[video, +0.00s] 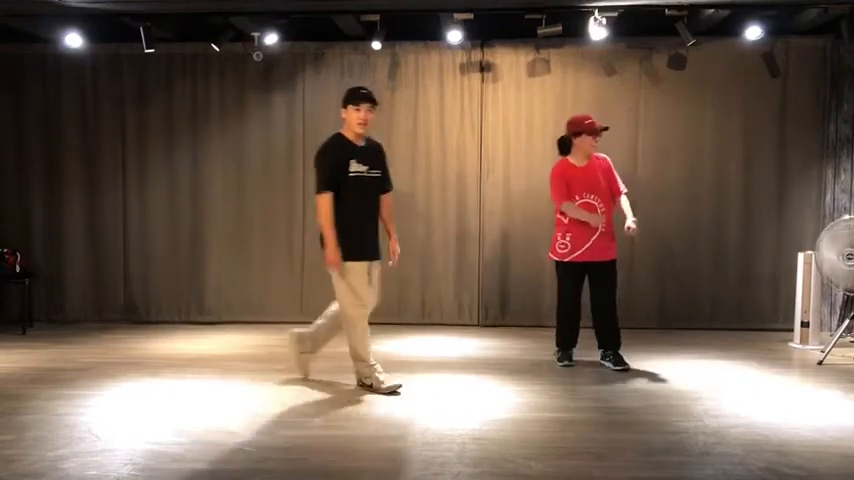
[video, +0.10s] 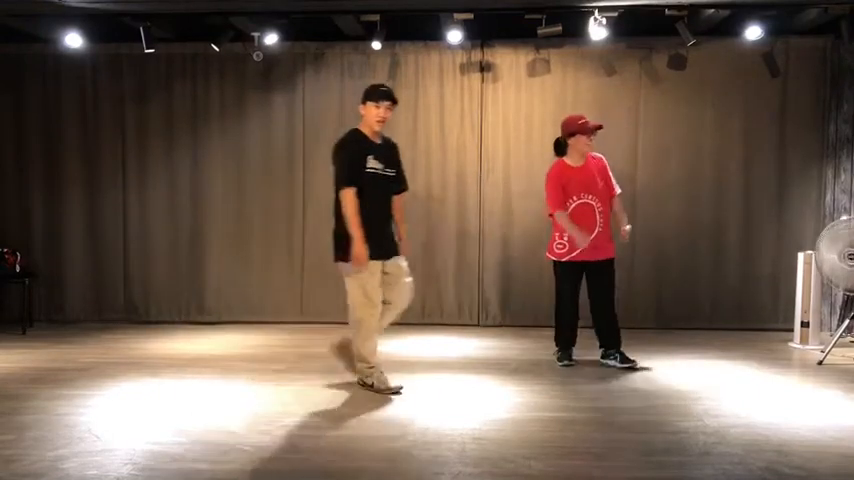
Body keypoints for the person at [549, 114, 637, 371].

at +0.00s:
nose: (597, 139)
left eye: (598, 135)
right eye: (593, 136)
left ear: (593, 139)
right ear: (577, 138)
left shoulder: (604, 163)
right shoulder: (560, 170)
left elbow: (620, 193)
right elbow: (563, 204)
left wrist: (629, 217)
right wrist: (589, 217)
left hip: (602, 248)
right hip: (570, 250)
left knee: (605, 302)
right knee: (568, 302)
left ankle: (609, 351)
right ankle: (565, 349)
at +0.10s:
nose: (591, 139)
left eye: (591, 134)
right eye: (586, 135)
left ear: (587, 138)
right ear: (571, 139)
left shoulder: (599, 163)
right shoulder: (557, 172)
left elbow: (614, 196)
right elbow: (557, 211)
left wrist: (623, 222)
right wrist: (577, 233)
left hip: (600, 248)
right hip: (568, 250)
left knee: (604, 302)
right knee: (566, 303)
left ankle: (611, 350)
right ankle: (564, 349)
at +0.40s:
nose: (592, 137)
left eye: (593, 133)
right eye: (586, 133)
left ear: (592, 137)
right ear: (571, 137)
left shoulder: (602, 163)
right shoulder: (555, 171)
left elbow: (610, 194)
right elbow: (536, 204)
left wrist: (613, 218)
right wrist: (523, 230)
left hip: (600, 245)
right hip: (567, 248)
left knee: (604, 297)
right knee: (566, 301)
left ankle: (603, 341)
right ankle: (564, 347)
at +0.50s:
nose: (592, 137)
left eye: (594, 133)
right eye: (586, 134)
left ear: (596, 137)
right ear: (573, 138)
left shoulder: (606, 164)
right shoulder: (559, 170)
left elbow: (617, 197)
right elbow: (537, 202)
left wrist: (624, 223)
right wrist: (520, 227)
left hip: (602, 249)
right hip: (569, 250)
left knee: (601, 299)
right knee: (567, 302)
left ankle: (601, 341)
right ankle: (564, 347)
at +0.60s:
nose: (594, 137)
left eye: (596, 133)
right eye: (589, 134)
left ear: (600, 137)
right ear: (578, 138)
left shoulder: (612, 166)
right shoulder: (564, 169)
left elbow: (625, 200)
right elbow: (546, 203)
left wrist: (634, 227)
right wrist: (529, 231)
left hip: (604, 248)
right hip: (571, 249)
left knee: (602, 300)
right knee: (569, 301)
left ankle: (601, 340)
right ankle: (565, 347)